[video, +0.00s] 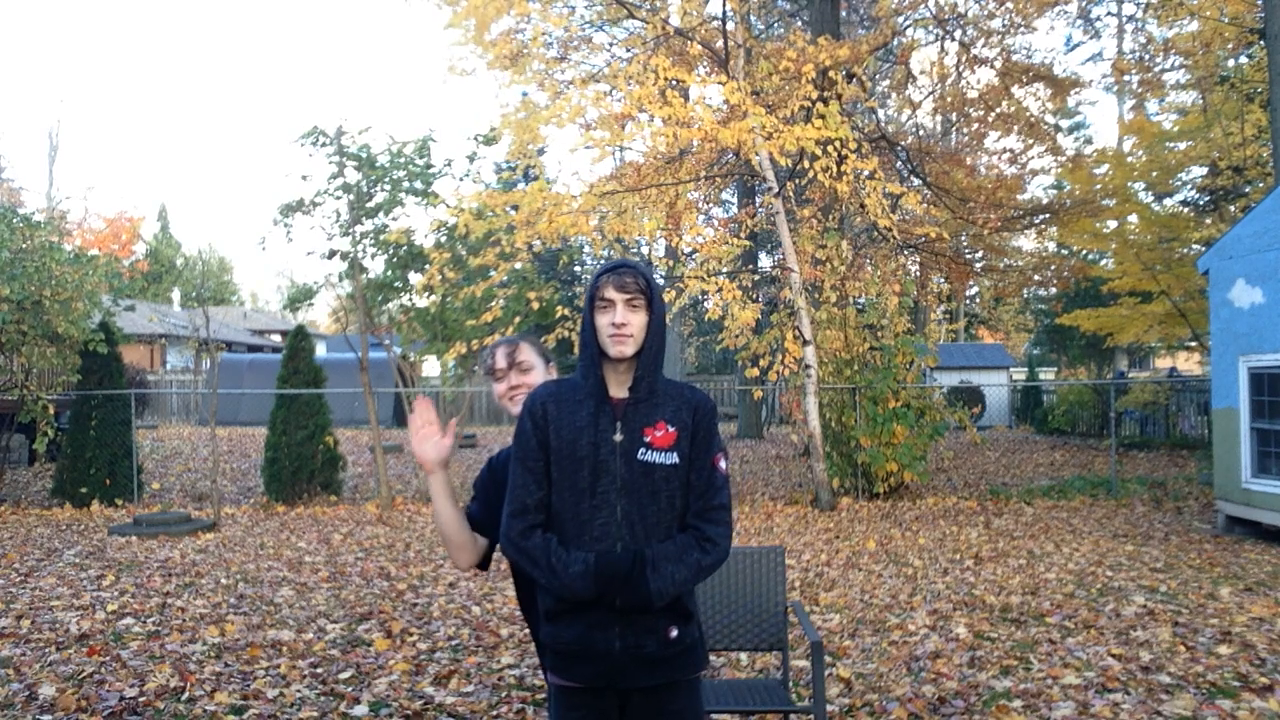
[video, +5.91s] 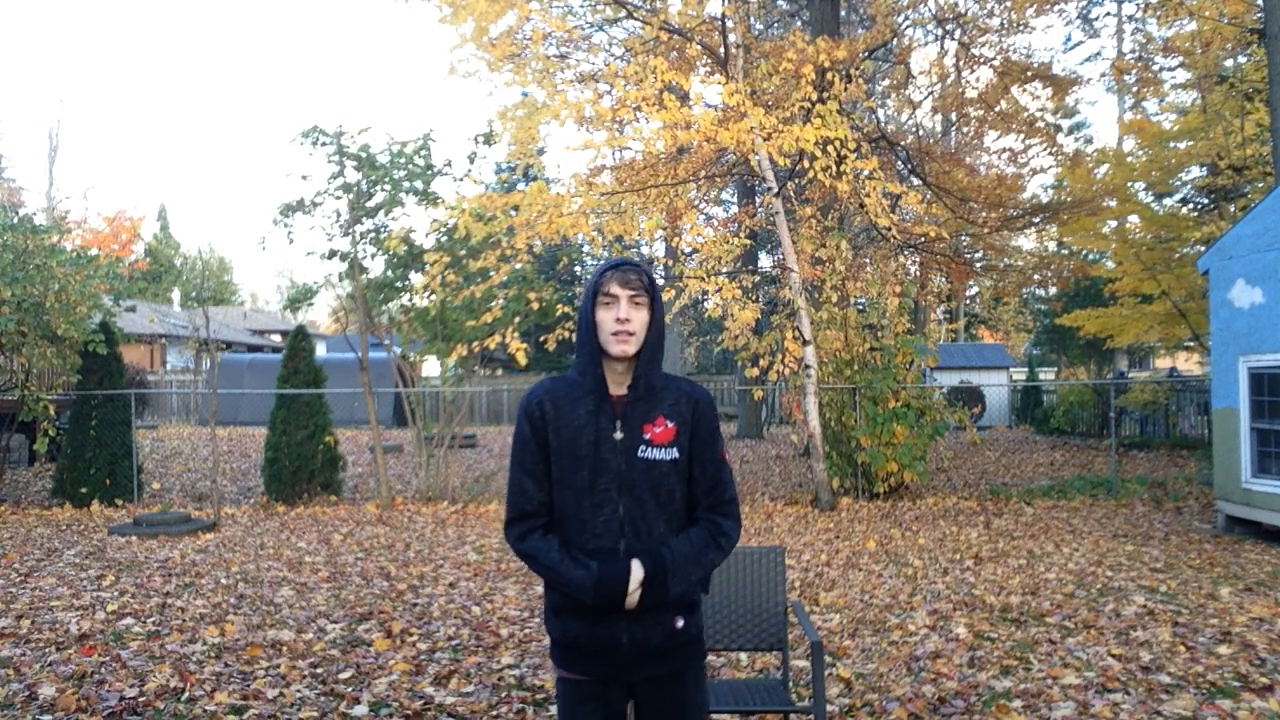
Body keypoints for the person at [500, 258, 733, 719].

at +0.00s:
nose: (618, 319)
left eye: (633, 306)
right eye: (605, 306)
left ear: (653, 318)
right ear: (590, 319)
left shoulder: (691, 408)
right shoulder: (545, 406)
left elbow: (713, 531)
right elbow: (518, 530)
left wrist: (646, 574)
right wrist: (588, 575)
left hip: (667, 655)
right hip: (575, 660)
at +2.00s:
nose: (632, 320)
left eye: (645, 307)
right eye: (618, 308)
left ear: (667, 319)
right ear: (603, 321)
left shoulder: (702, 411)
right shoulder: (559, 404)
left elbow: (715, 539)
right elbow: (526, 525)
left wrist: (645, 579)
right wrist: (592, 579)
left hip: (668, 654)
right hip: (578, 654)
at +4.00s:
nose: (626, 311)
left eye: (642, 299)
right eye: (613, 298)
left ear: (661, 316)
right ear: (596, 312)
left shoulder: (703, 399)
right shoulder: (559, 403)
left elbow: (735, 520)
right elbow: (534, 527)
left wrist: (669, 566)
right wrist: (608, 570)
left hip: (684, 645)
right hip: (594, 648)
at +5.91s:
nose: (622, 316)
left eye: (636, 303)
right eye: (608, 303)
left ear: (653, 317)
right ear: (589, 315)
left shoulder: (689, 403)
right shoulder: (546, 405)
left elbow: (722, 519)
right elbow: (523, 526)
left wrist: (655, 571)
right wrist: (596, 581)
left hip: (670, 644)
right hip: (583, 648)